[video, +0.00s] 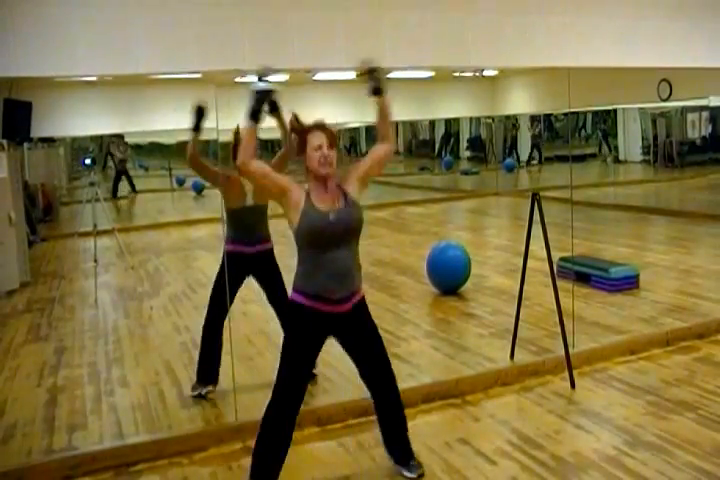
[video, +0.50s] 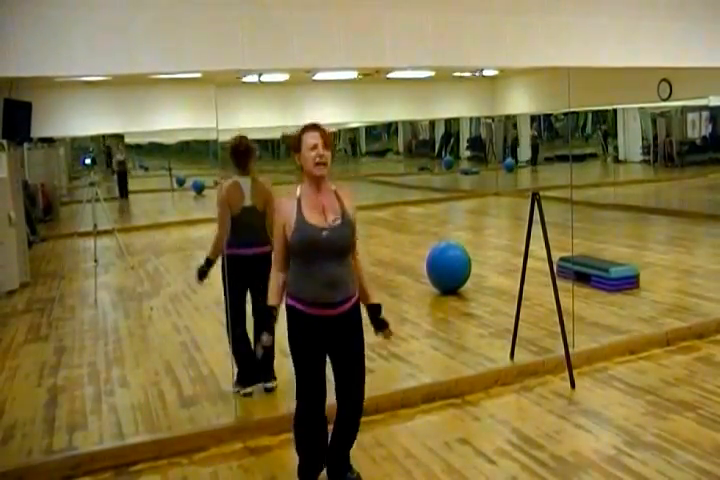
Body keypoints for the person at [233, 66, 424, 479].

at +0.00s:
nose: (324, 153)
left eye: (330, 147)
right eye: (317, 148)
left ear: (338, 154)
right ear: (304, 157)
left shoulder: (352, 184)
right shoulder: (292, 193)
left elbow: (386, 145)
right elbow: (245, 162)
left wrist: (380, 92)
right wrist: (254, 107)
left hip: (352, 308)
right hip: (308, 311)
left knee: (384, 384)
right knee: (285, 400)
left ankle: (403, 457)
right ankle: (262, 475)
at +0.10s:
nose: (325, 171)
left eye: (329, 165)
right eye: (316, 166)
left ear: (336, 172)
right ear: (304, 176)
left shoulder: (347, 204)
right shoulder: (295, 212)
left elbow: (375, 152)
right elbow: (260, 163)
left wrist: (348, 109)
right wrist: (289, 116)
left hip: (354, 328)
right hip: (308, 331)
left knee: (392, 394)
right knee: (281, 414)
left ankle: (402, 458)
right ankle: (259, 477)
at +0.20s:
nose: (322, 148)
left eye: (327, 141)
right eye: (314, 142)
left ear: (335, 147)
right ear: (302, 150)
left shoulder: (348, 181)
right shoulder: (290, 190)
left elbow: (388, 150)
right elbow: (242, 164)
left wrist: (399, 104)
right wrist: (245, 110)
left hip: (351, 303)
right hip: (307, 306)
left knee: (380, 381)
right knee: (285, 395)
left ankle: (401, 453)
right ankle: (264, 475)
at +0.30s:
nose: (322, 129)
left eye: (326, 123)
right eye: (313, 124)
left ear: (334, 130)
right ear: (299, 133)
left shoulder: (349, 167)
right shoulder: (285, 174)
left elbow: (394, 177)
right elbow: (235, 194)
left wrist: (429, 162)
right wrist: (210, 176)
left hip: (347, 282)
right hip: (304, 286)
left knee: (368, 362)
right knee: (295, 378)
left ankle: (381, 446)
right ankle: (279, 472)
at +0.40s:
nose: (321, 135)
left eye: (325, 129)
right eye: (312, 131)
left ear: (333, 135)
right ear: (298, 140)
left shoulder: (346, 179)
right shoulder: (286, 188)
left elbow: (372, 228)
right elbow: (259, 235)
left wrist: (417, 250)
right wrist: (233, 257)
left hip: (345, 288)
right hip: (304, 291)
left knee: (359, 373)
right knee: (308, 380)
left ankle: (351, 453)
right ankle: (304, 469)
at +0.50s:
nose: (321, 154)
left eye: (325, 147)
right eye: (313, 148)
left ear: (331, 153)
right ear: (298, 157)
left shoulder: (343, 197)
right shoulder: (286, 205)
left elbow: (353, 257)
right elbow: (278, 267)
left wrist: (373, 308)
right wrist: (268, 323)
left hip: (346, 314)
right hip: (305, 316)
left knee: (353, 399)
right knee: (311, 399)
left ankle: (339, 465)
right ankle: (310, 470)